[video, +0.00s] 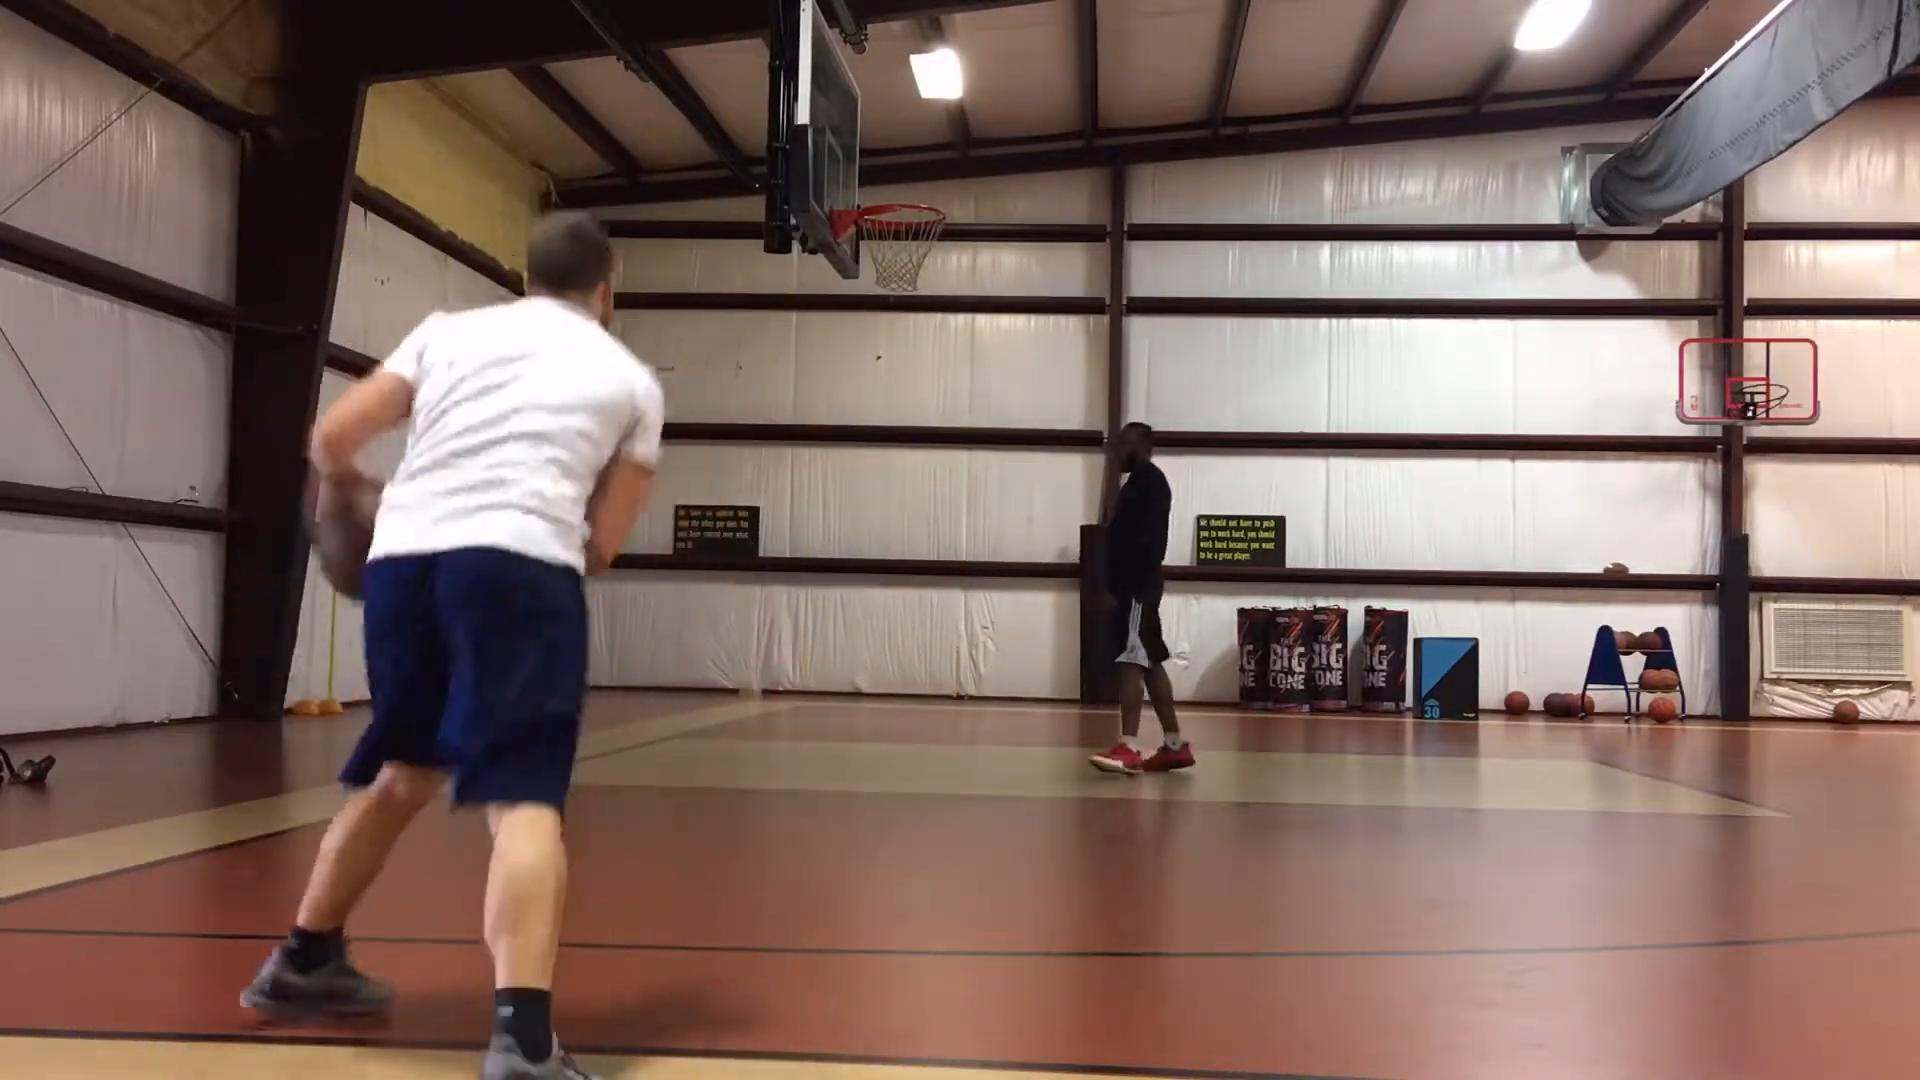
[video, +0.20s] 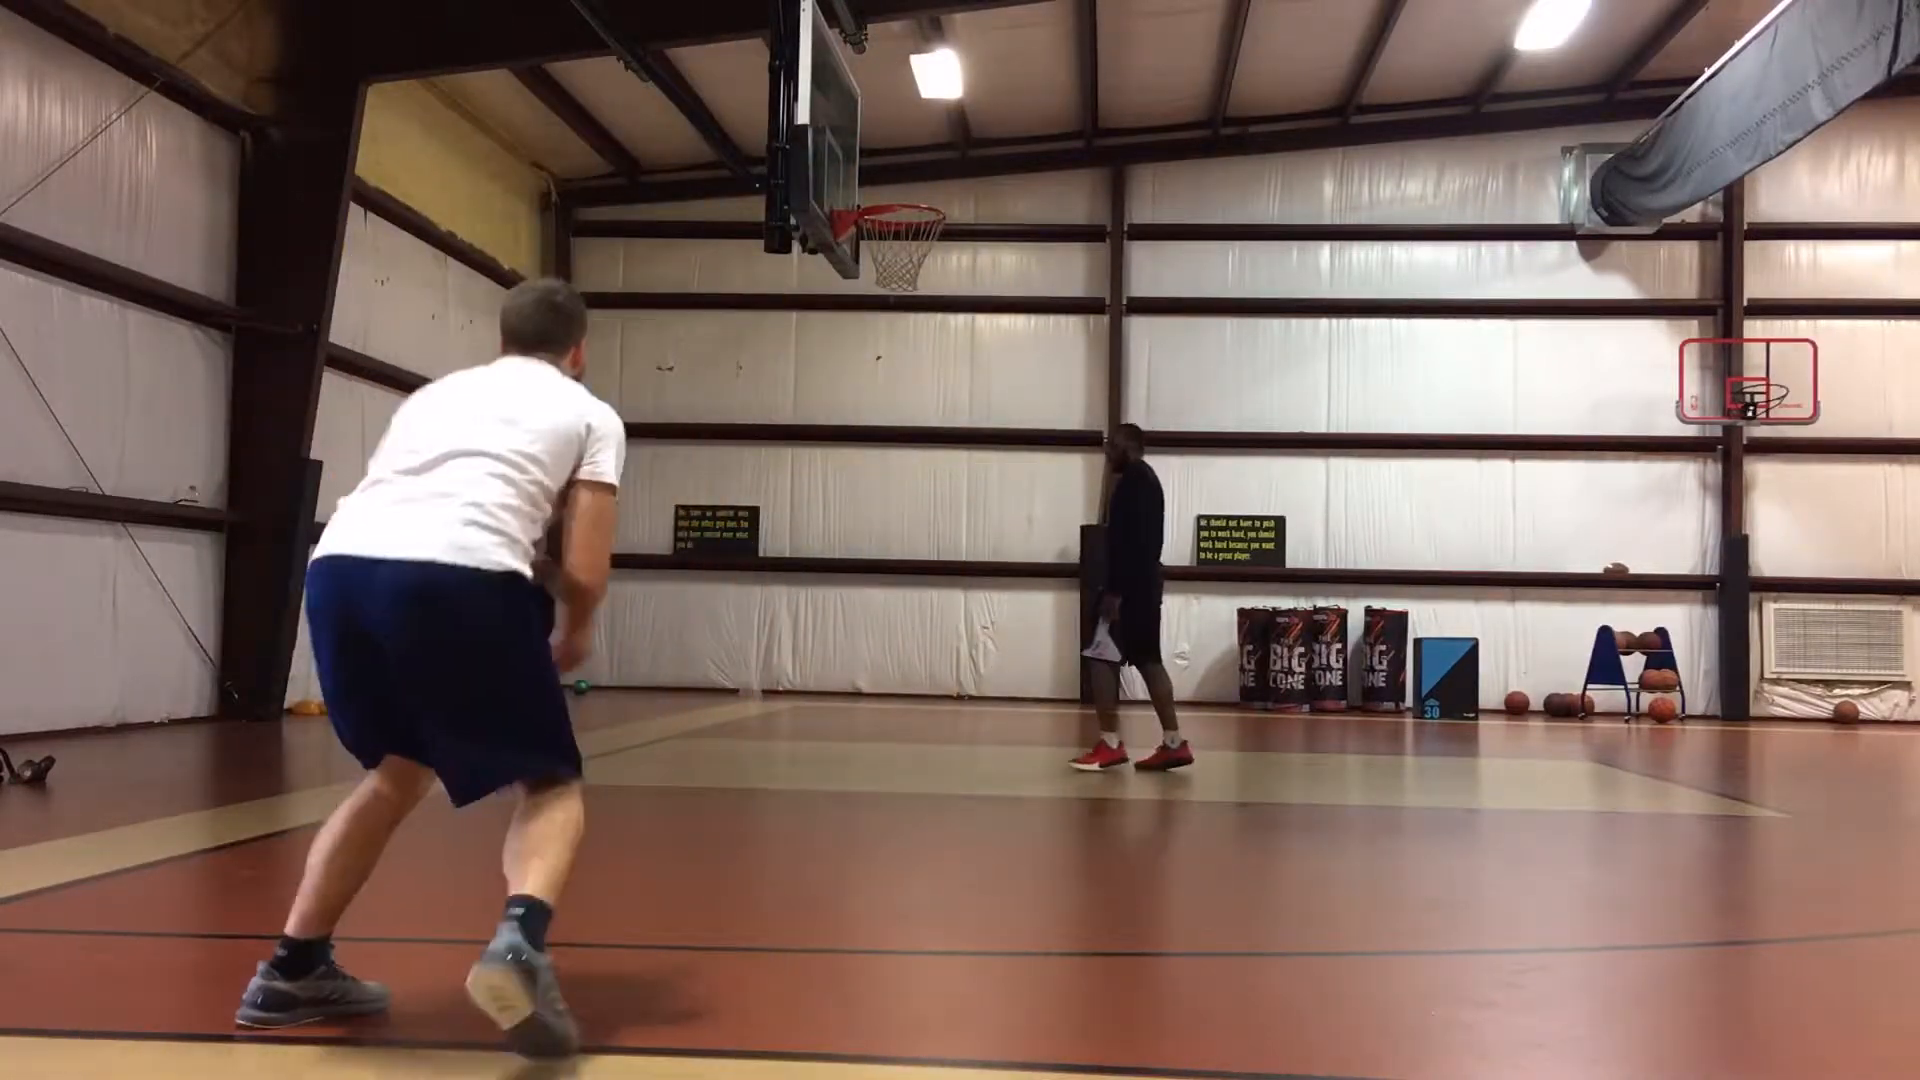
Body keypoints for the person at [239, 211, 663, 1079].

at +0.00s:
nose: (616, 302)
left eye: (608, 292)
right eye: (618, 292)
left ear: (528, 279)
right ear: (606, 291)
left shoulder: (447, 330)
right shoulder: (631, 380)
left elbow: (333, 435)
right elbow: (603, 543)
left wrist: (349, 491)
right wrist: (526, 534)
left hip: (402, 563)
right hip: (519, 570)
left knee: (403, 767)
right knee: (527, 798)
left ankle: (305, 957)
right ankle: (523, 1040)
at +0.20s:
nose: (587, 364)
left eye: (583, 356)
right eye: (588, 355)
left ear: (502, 345)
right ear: (576, 356)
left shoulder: (432, 393)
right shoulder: (589, 413)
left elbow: (376, 498)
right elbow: (583, 571)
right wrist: (575, 634)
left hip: (341, 571)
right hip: (463, 579)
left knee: (399, 770)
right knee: (551, 784)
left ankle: (295, 964)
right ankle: (521, 943)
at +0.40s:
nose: (565, 318)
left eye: (559, 306)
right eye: (564, 307)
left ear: (481, 312)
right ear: (553, 314)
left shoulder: (440, 372)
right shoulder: (564, 382)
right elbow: (657, 475)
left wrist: (553, 361)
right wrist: (667, 375)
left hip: (361, 613)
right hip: (466, 616)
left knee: (417, 814)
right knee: (539, 813)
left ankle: (309, 960)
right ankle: (483, 978)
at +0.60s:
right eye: (556, 118)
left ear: (485, 137)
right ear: (556, 133)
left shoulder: (468, 196)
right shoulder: (572, 197)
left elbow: (515, 128)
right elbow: (657, 111)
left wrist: (544, 49)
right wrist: (648, 26)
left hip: (437, 448)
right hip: (534, 452)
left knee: (410, 670)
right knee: (542, 674)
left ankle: (352, 874)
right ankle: (537, 874)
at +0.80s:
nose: (572, 95)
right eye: (570, 88)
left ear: (499, 102)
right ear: (571, 98)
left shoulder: (487, 155)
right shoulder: (591, 161)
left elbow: (530, 84)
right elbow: (660, 75)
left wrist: (561, 14)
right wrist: (630, 9)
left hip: (475, 417)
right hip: (566, 423)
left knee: (478, 628)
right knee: (579, 636)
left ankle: (430, 823)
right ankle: (578, 841)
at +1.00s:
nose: (598, 234)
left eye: (572, 225)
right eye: (593, 225)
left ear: (523, 237)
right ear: (590, 237)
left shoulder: (504, 296)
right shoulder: (609, 307)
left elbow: (531, 213)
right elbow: (682, 233)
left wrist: (551, 145)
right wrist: (651, 153)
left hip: (499, 563)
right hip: (585, 568)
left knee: (524, 757)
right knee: (616, 773)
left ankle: (477, 917)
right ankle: (560, 955)